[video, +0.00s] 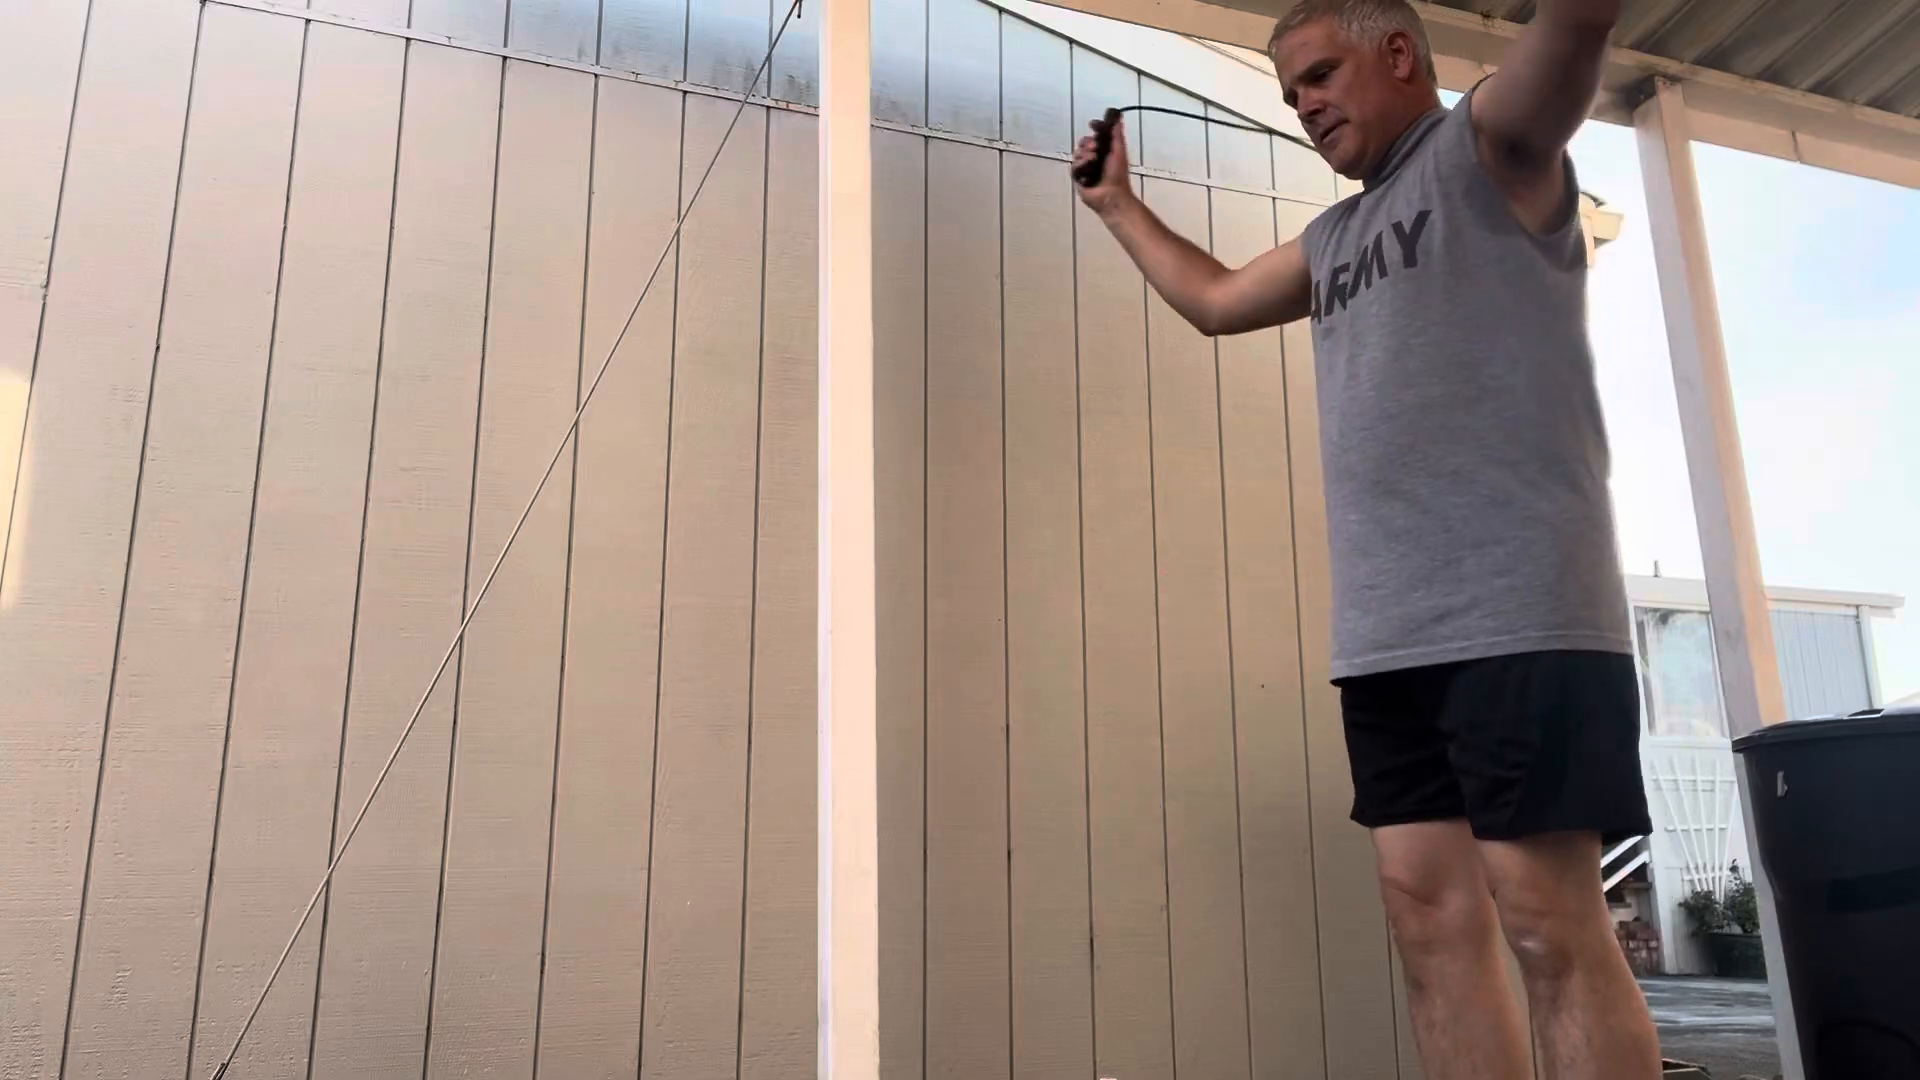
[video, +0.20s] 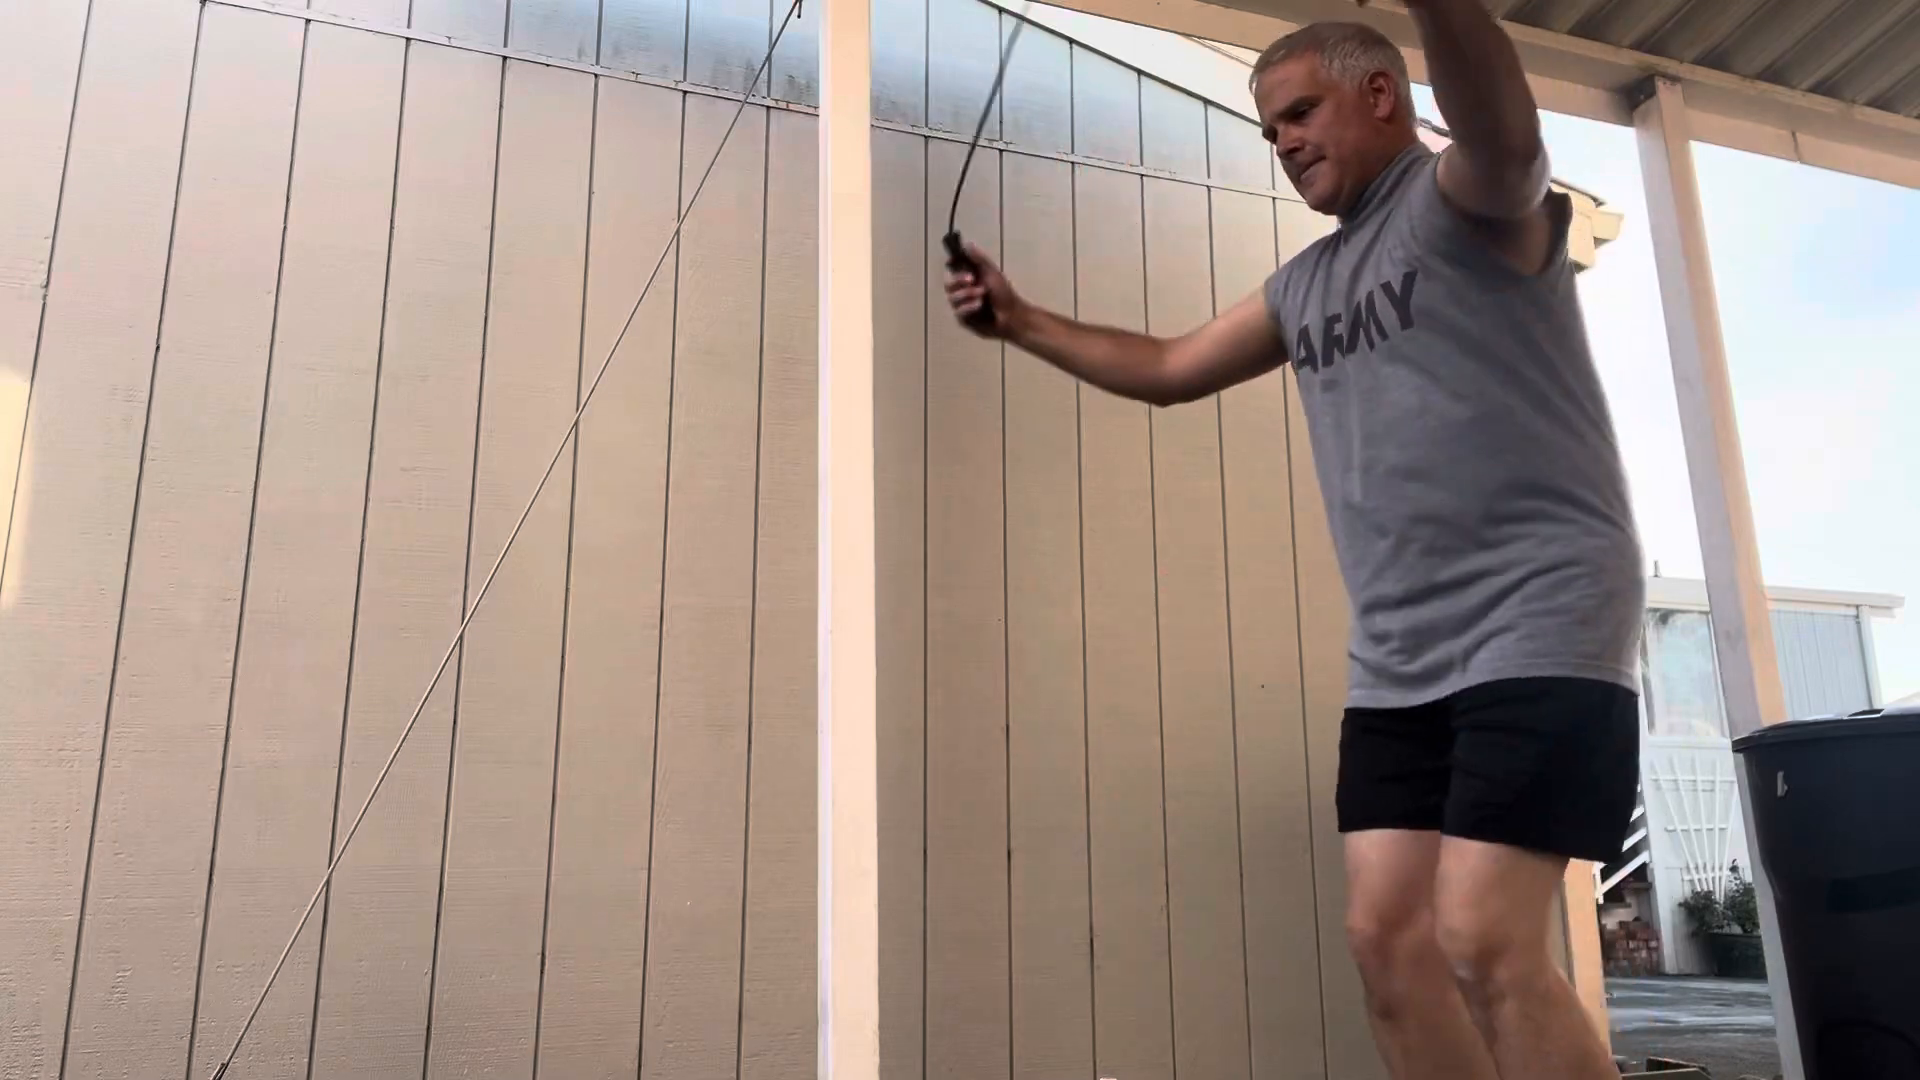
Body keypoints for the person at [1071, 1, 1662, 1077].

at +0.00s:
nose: (1306, 106)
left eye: (1322, 74)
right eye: (1292, 92)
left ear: (1401, 55)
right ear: (1292, 108)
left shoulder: (1491, 144)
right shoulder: (1332, 239)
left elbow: (1575, 24)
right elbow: (1214, 299)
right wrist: (1116, 201)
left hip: (1525, 603)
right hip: (1382, 623)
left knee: (1550, 918)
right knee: (1425, 909)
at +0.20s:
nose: (1284, 145)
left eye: (1299, 113)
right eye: (1271, 130)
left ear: (1384, 93)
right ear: (1278, 148)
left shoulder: (1471, 198)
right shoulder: (1306, 283)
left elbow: (1499, 135)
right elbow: (1166, 368)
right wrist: (1017, 319)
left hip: (1541, 605)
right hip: (1397, 636)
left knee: (1490, 940)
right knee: (1389, 939)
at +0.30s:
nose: (1283, 167)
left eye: (1301, 138)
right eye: (1270, 153)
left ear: (1378, 127)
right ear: (1274, 171)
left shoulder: (1460, 237)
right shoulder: (1303, 323)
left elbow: (1519, 253)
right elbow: (1180, 440)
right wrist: (1015, 445)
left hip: (1537, 621)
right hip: (1390, 656)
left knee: (1449, 963)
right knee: (1353, 966)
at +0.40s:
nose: (1275, 96)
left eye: (1290, 65)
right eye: (1263, 85)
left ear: (1371, 47)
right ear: (1262, 102)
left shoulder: (1465, 149)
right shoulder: (1302, 259)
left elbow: (1540, 257)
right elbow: (1234, 437)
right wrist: (1092, 535)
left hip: (1509, 583)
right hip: (1363, 615)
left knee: (1501, 916)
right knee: (1386, 920)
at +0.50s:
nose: (1250, 15)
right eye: (1241, 7)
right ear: (1257, 26)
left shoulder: (1446, 60)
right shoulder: (1281, 186)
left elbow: (1567, 205)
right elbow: (1294, 375)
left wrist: (1739, 321)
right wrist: (1223, 512)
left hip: (1488, 479)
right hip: (1344, 520)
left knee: (1449, 809)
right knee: (1368, 818)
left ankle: (1550, 1074)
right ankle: (1472, 1073)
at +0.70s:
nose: (1250, 102)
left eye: (1269, 72)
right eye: (1241, 91)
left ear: (1356, 62)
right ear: (1249, 110)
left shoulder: (1459, 165)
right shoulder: (1282, 275)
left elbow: (1592, 291)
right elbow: (1300, 442)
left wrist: (1710, 308)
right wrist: (1154, 471)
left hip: (1486, 612)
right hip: (1341, 634)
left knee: (1464, 945)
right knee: (1334, 928)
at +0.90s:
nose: (1263, 33)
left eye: (1283, 6)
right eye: (1255, 21)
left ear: (1367, 6)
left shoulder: (1445, 101)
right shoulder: (1283, 216)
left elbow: (1552, 222)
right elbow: (1262, 403)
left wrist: (1668, 302)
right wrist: (1163, 521)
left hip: (1468, 555)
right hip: (1332, 579)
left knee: (1483, 881)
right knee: (1364, 873)